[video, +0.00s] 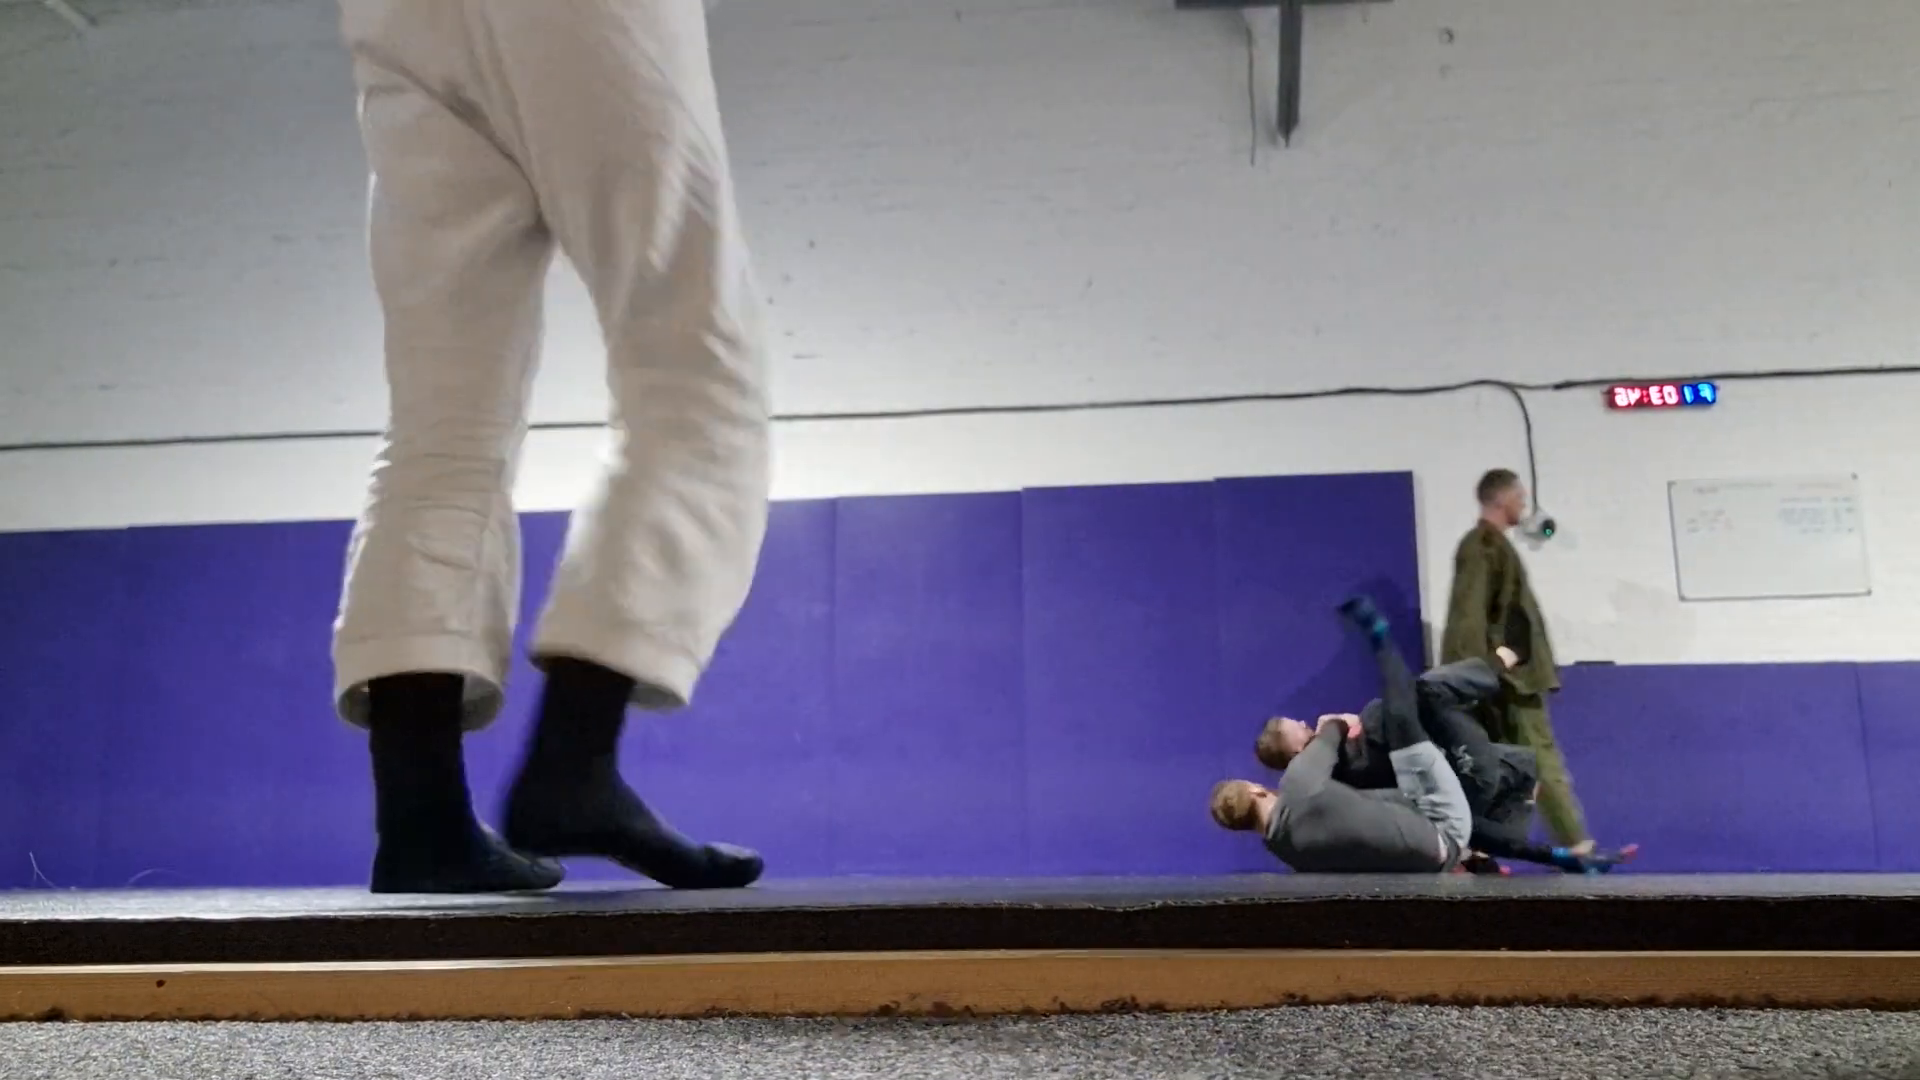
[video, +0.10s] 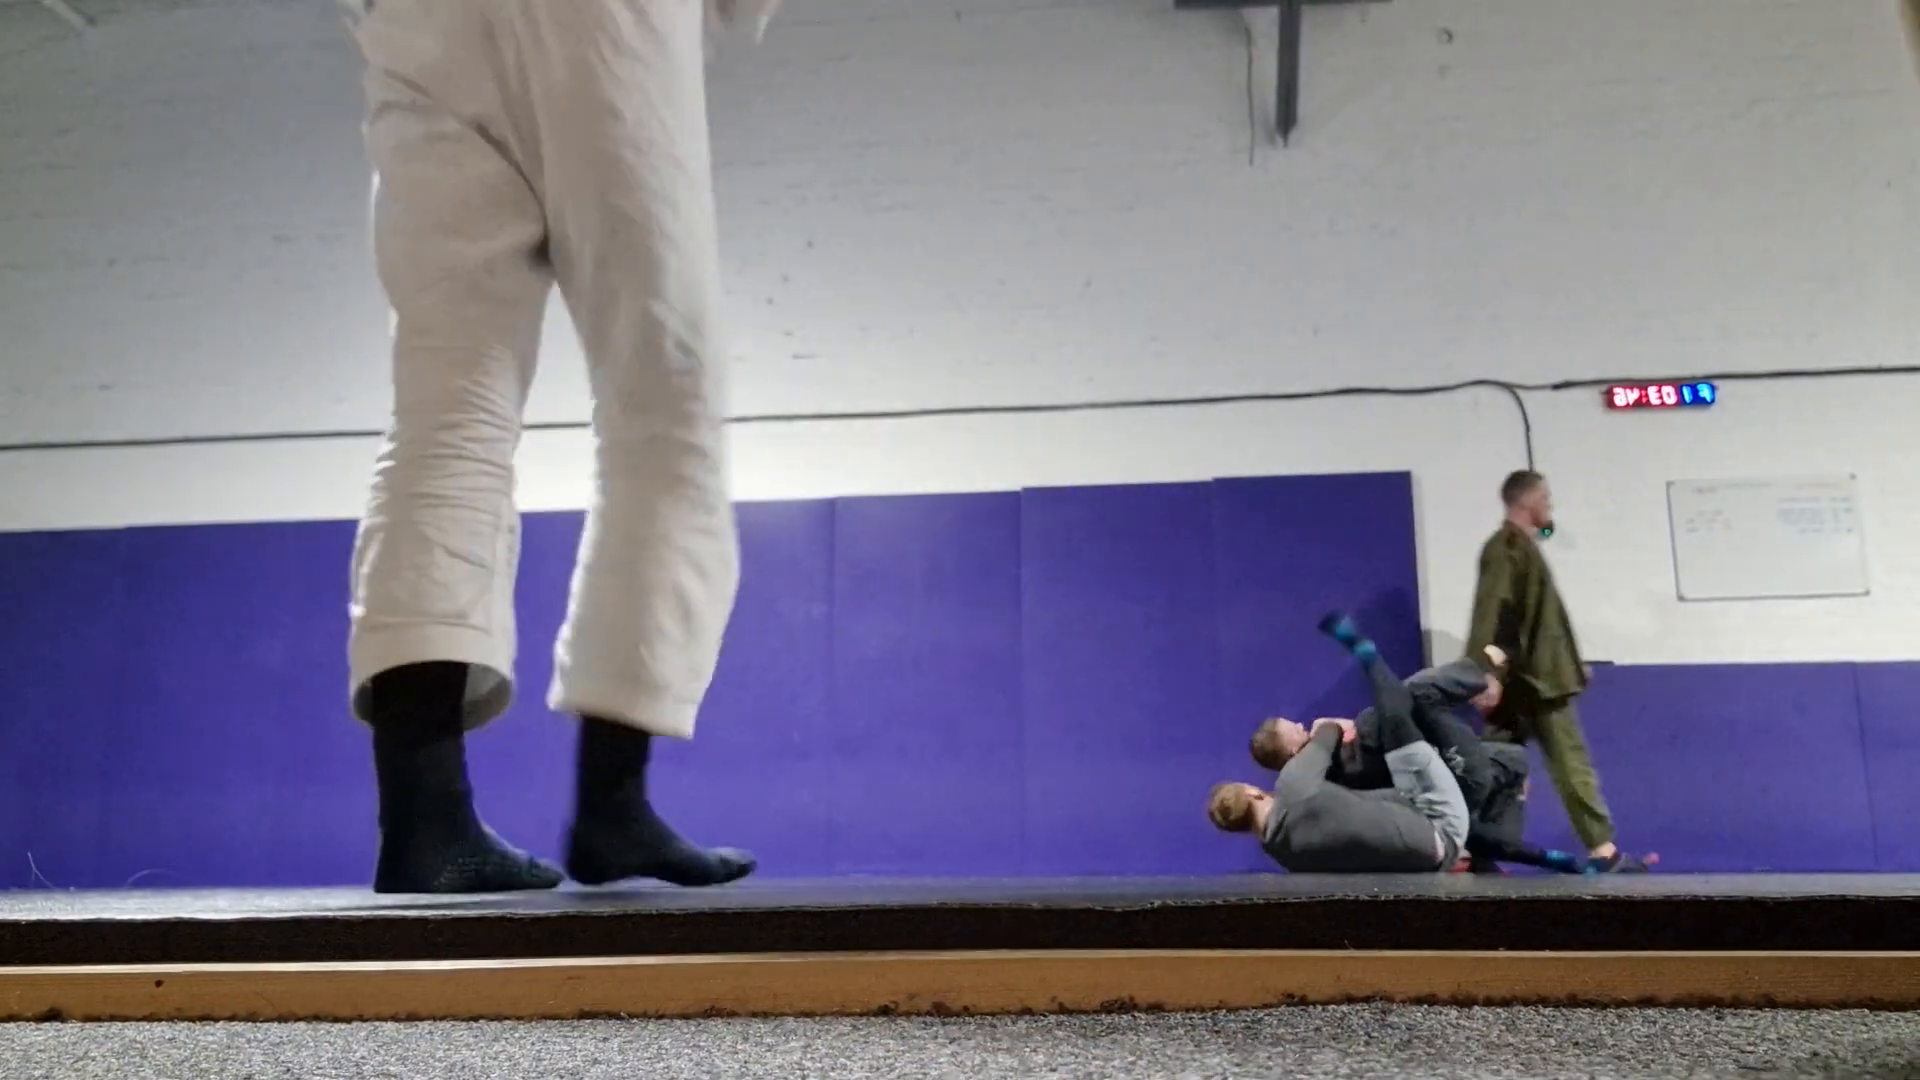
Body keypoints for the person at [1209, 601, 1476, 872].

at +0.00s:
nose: (1259, 784)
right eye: (1253, 784)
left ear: (1240, 827)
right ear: (1257, 789)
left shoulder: (1290, 853)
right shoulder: (1298, 784)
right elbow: (1329, 727)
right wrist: (1332, 721)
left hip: (1437, 862)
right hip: (1447, 833)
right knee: (1400, 719)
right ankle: (1381, 637)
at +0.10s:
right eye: (1251, 787)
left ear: (1237, 830)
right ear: (1251, 791)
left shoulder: (1285, 855)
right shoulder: (1291, 785)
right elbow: (1328, 728)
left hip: (1435, 861)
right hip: (1442, 829)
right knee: (1395, 718)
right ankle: (1368, 655)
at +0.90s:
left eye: (1210, 829)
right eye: (1233, 782)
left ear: (1217, 844)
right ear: (1231, 794)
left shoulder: (1258, 861)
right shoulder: (1261, 780)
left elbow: (1315, 856)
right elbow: (1302, 746)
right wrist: (1292, 757)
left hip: (1407, 859)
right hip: (1406, 806)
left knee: (1441, 857)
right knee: (1319, 729)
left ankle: (1518, 855)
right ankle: (1289, 746)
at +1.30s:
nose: (1252, 771)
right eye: (1247, 775)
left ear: (1225, 839)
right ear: (1242, 788)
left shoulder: (1264, 861)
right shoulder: (1275, 774)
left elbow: (1320, 857)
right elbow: (1340, 732)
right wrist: (1328, 755)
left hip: (1419, 863)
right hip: (1422, 810)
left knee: (1459, 856)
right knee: (1358, 731)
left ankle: (1540, 862)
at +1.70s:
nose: (1244, 772)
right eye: (1240, 778)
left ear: (1223, 839)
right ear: (1238, 793)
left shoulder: (1262, 862)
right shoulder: (1268, 783)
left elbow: (1325, 852)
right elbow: (1311, 752)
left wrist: (1318, 781)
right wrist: (1316, 768)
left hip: (1414, 855)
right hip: (1405, 799)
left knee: (1471, 857)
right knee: (1326, 740)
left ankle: (1549, 858)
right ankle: (1262, 716)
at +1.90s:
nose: (1250, 772)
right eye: (1244, 778)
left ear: (1219, 841)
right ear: (1232, 794)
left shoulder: (1260, 864)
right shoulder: (1265, 782)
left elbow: (1323, 864)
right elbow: (1305, 753)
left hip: (1410, 857)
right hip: (1398, 801)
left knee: (1471, 856)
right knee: (1311, 731)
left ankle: (1550, 854)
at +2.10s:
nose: (1253, 772)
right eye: (1243, 780)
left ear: (1219, 838)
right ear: (1236, 795)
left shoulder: (1259, 862)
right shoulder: (1271, 782)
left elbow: (1314, 862)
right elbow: (1313, 740)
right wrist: (1314, 769)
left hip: (1414, 860)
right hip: (1410, 808)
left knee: (1457, 858)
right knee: (1338, 736)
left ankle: (1533, 858)